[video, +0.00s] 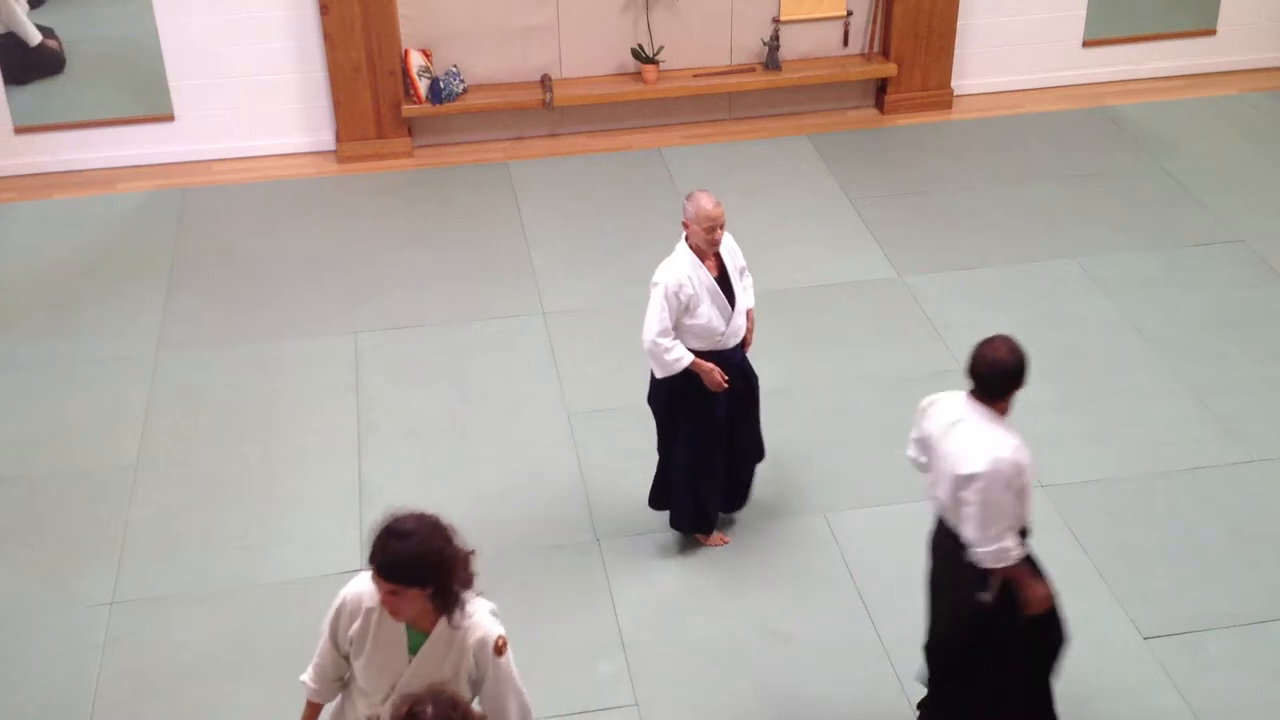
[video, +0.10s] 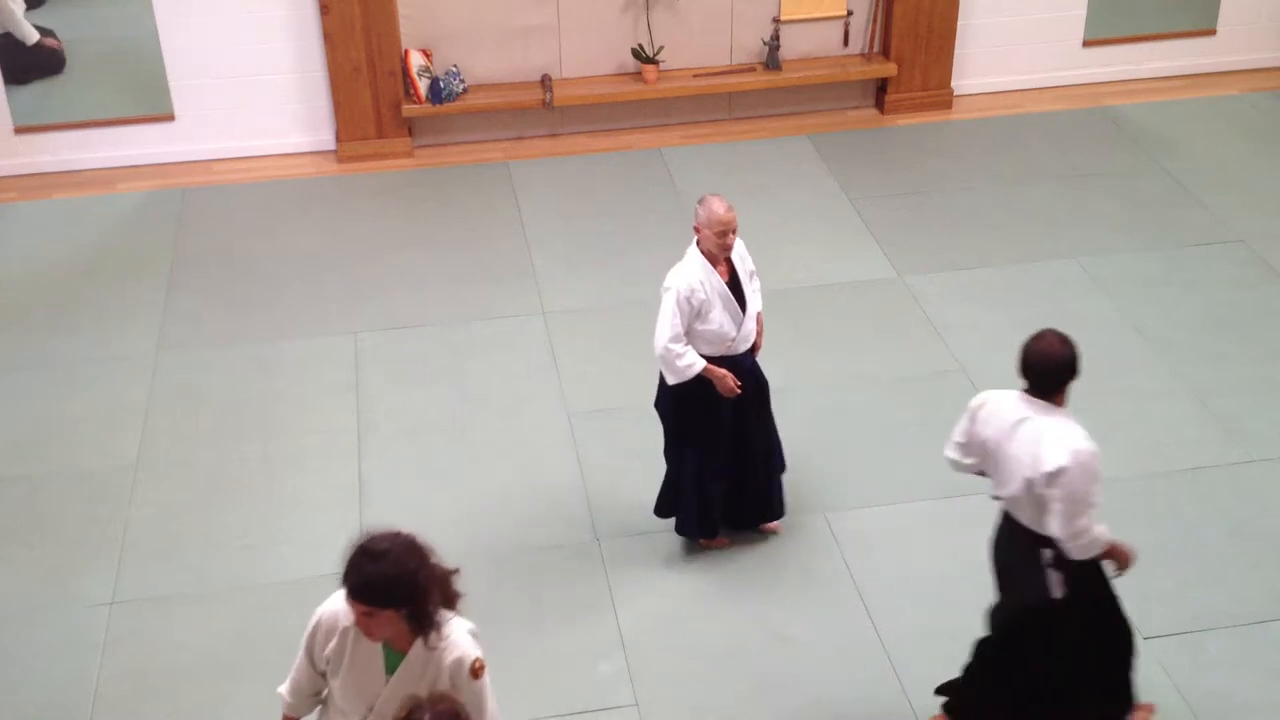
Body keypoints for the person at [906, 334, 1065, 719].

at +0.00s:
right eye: (1018, 375)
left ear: (970, 372)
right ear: (1016, 386)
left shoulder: (939, 407)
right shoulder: (997, 457)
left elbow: (920, 457)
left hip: (946, 542)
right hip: (993, 563)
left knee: (952, 636)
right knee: (1039, 638)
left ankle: (945, 702)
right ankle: (1017, 707)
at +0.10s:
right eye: (1069, 369)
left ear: (1022, 370)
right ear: (1070, 377)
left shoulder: (990, 406)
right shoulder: (1073, 449)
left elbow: (960, 457)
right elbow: (1073, 534)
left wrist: (1008, 467)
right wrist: (1112, 550)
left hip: (1009, 542)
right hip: (1056, 559)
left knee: (1017, 631)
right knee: (1110, 636)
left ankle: (963, 704)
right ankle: (1114, 706)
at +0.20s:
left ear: (1074, 380)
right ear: (1123, 386)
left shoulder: (1041, 424)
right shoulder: (1127, 456)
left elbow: (1010, 478)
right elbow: (1148, 536)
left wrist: (1059, 479)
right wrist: (1187, 542)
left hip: (1063, 562)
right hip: (1112, 577)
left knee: (1086, 660)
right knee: (1155, 668)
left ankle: (1026, 702)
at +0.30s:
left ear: (1121, 374)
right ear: (1170, 378)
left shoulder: (1086, 421)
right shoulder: (1181, 444)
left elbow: (1062, 486)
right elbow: (1201, 528)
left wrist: (1110, 476)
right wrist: (1237, 540)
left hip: (1107, 550)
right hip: (1160, 564)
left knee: (1132, 646)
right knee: (1203, 644)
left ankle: (1132, 707)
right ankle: (1173, 709)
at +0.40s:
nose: (1158, 361)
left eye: (1159, 356)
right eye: (1161, 355)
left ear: (1165, 366)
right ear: (1213, 368)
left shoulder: (1126, 414)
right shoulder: (1234, 430)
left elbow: (1098, 477)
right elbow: (1256, 517)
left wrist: (1147, 460)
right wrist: (1278, 544)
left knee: (1152, 665)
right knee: (1246, 656)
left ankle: (1152, 713)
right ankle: (1259, 707)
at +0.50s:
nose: (1192, 354)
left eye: (1197, 352)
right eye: (1196, 348)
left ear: (1210, 372)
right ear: (1250, 369)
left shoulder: (1169, 418)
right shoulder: (1272, 425)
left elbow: (1135, 485)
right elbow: (1276, 496)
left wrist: (1176, 459)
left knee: (1171, 660)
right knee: (1273, 659)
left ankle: (1164, 712)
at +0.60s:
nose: (1225, 358)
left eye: (1230, 354)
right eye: (1228, 351)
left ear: (1248, 371)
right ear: (1266, 367)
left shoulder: (1213, 420)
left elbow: (1174, 492)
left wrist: (1213, 469)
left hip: (1225, 543)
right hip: (1273, 540)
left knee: (1203, 623)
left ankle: (1189, 702)